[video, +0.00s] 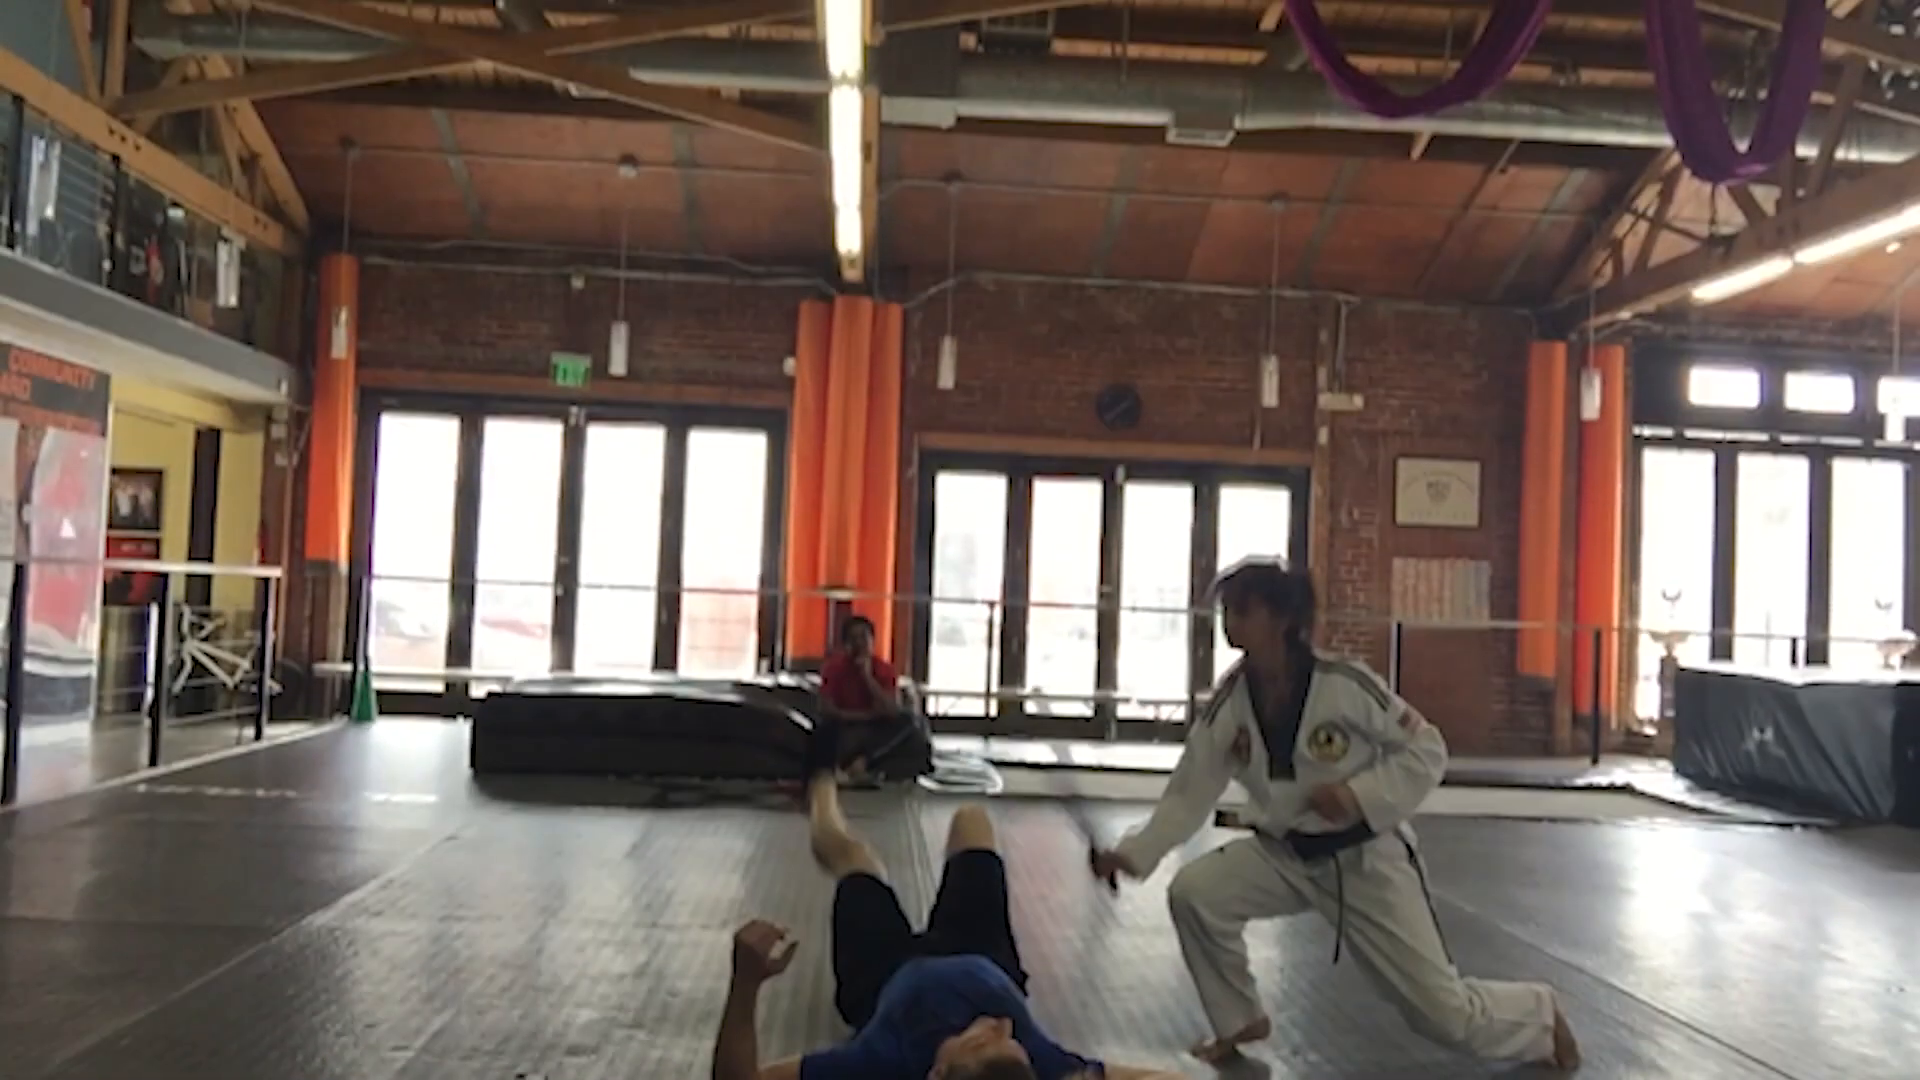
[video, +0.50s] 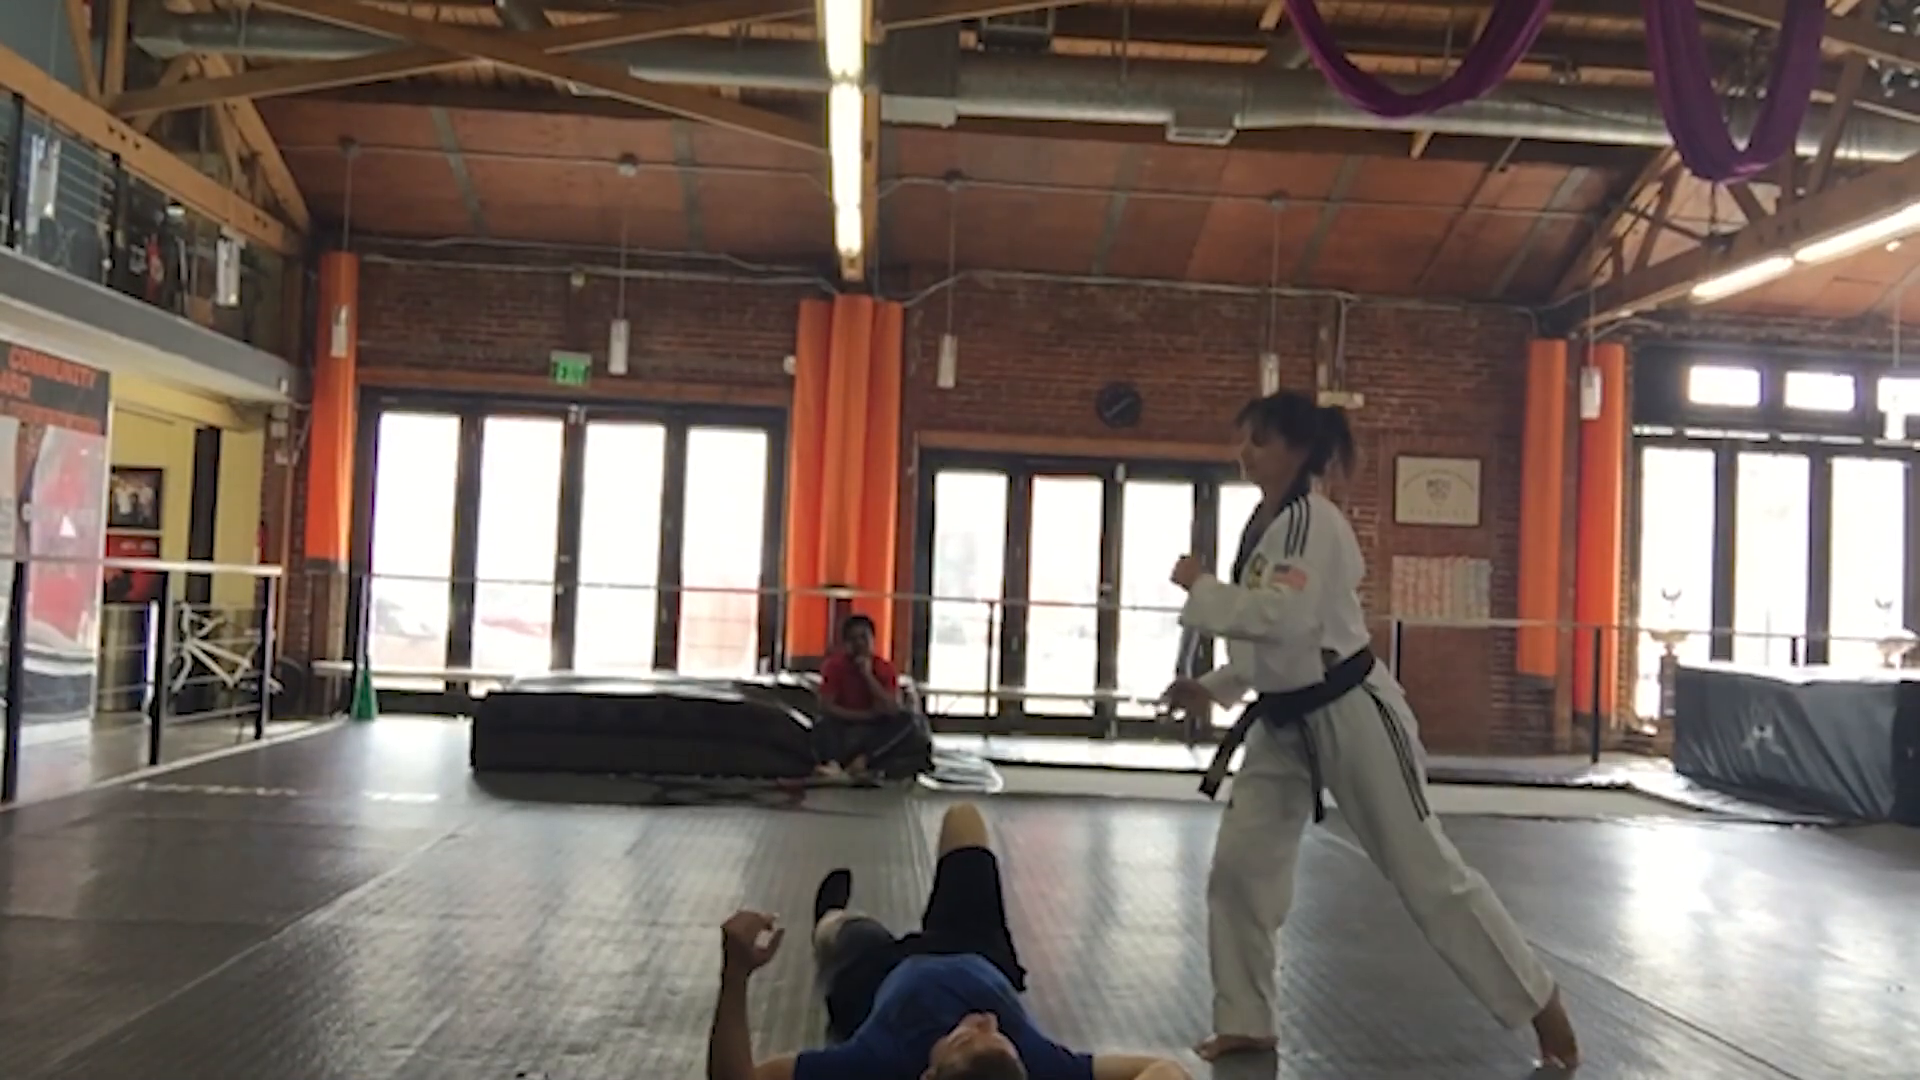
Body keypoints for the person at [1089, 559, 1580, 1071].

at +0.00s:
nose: (1229, 625)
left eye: (1242, 612)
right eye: (1227, 612)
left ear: (1285, 620)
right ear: (1231, 621)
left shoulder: (1346, 684)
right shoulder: (1229, 702)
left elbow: (1426, 751)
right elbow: (1190, 788)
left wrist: (1360, 795)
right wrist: (1131, 855)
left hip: (1368, 860)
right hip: (1283, 855)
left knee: (1443, 1016)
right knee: (1195, 892)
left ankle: (1540, 1013)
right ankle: (1241, 1019)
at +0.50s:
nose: (1244, 454)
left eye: (1257, 442)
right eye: (1245, 442)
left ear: (1296, 450)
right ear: (1270, 451)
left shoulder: (1313, 519)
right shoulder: (1267, 531)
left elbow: (1285, 618)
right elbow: (1278, 648)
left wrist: (1201, 588)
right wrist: (1211, 686)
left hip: (1351, 711)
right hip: (1283, 721)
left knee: (1425, 873)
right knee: (1239, 871)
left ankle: (1539, 1001)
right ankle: (1246, 1029)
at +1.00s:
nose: (1293, 444)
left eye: (1310, 433)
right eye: (1289, 431)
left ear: (1351, 445)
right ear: (1284, 438)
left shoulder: (1377, 517)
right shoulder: (1279, 518)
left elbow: (1428, 607)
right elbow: (1244, 611)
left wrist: (1339, 617)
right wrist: (1220, 695)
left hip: (1382, 703)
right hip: (1302, 711)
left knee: (1445, 863)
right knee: (1267, 870)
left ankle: (1548, 1002)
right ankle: (1252, 1027)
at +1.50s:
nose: (1391, 457)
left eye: (1408, 444)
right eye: (1383, 443)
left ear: (1437, 452)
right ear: (1371, 447)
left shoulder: (1470, 536)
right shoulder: (1347, 529)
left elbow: (1511, 627)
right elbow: (1309, 624)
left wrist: (1457, 634)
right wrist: (1292, 669)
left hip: (1447, 721)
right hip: (1351, 718)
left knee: (1491, 878)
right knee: (1302, 874)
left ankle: (1539, 1023)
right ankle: (1261, 1021)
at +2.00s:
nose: (1356, 505)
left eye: (1371, 491)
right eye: (1346, 490)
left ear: (1398, 483)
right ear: (1331, 482)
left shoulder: (1442, 558)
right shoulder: (1307, 550)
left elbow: (1479, 656)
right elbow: (1277, 636)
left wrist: (1445, 726)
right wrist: (1277, 709)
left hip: (1427, 728)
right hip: (1334, 727)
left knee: (1475, 878)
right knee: (1281, 876)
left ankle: (1540, 1021)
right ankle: (1257, 1022)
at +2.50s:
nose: (1353, 792)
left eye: (1361, 782)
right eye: (1346, 781)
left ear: (1390, 759)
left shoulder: (1449, 749)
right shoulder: (1367, 714)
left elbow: (1453, 913)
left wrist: (1431, 1056)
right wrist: (1413, 852)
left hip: (1522, 778)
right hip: (1422, 781)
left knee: (1536, 923)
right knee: (1347, 911)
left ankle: (1527, 1069)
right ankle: (1266, 1033)